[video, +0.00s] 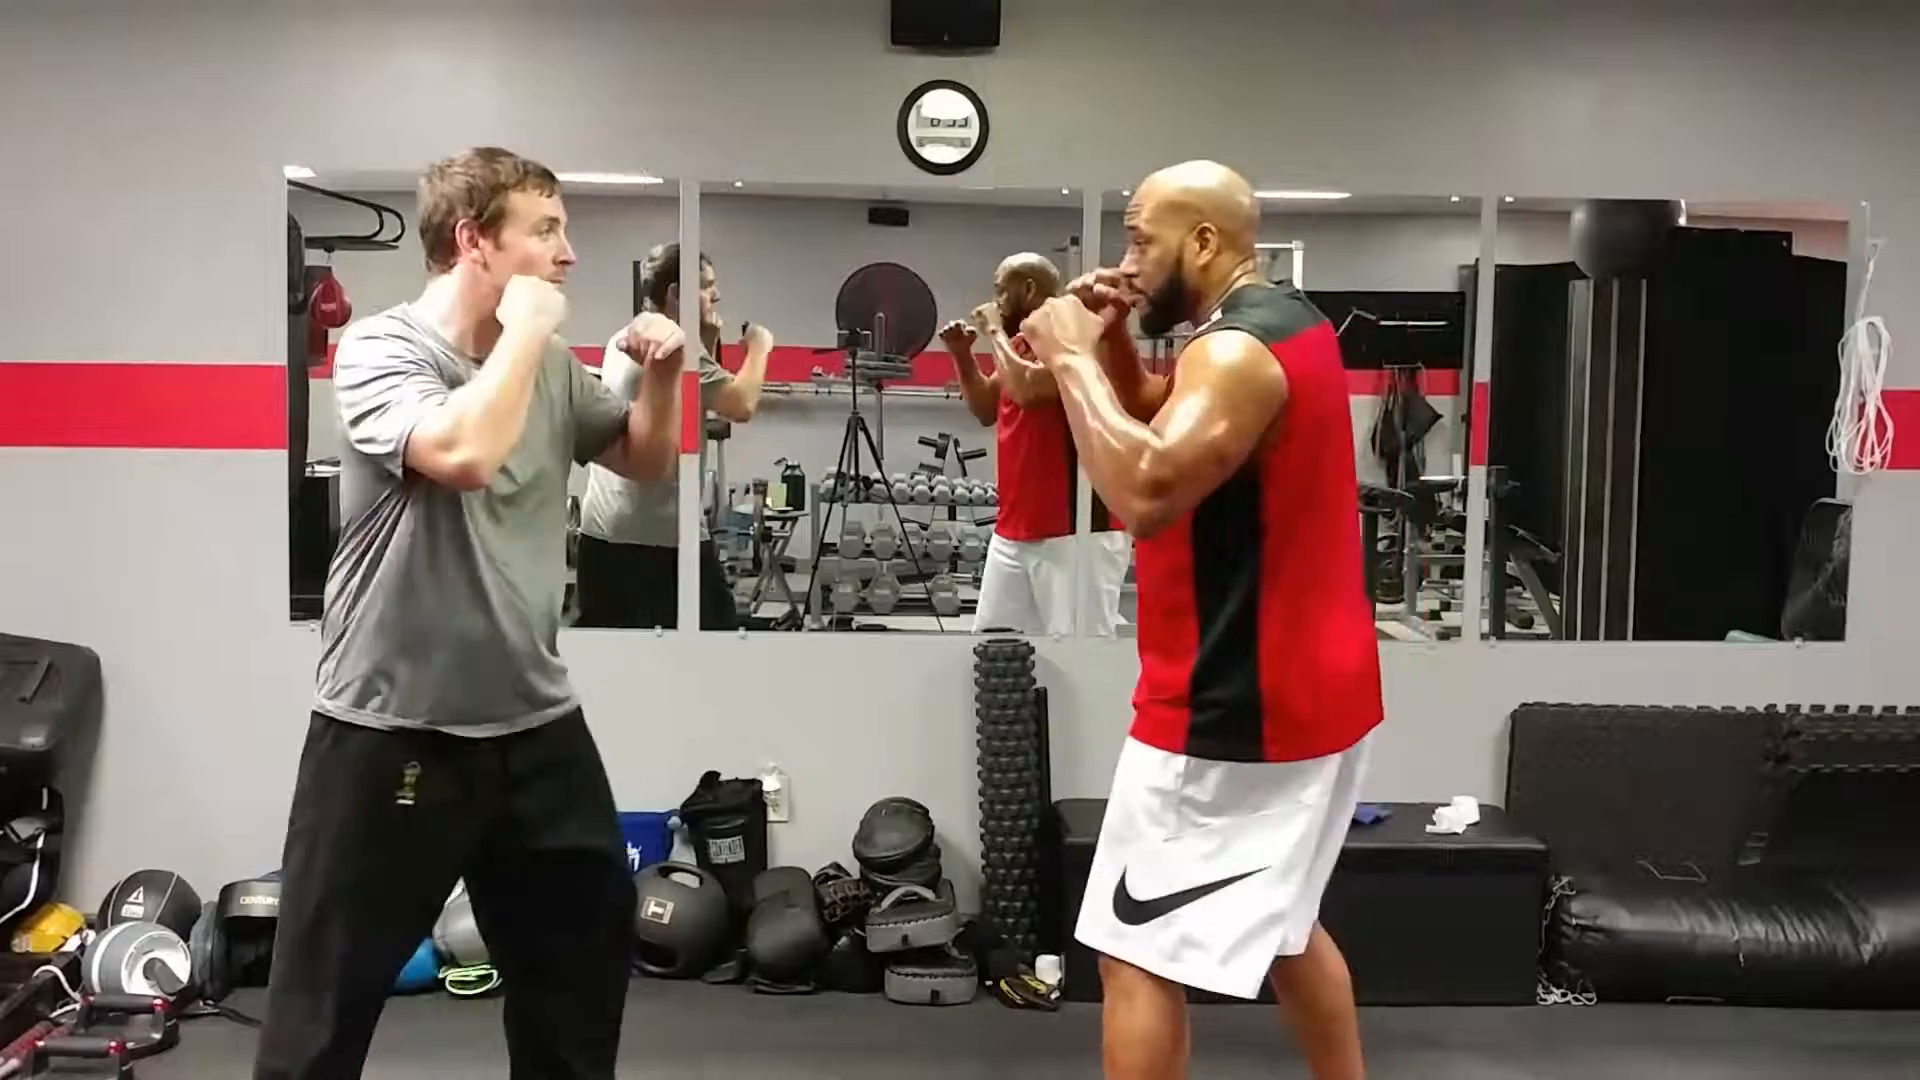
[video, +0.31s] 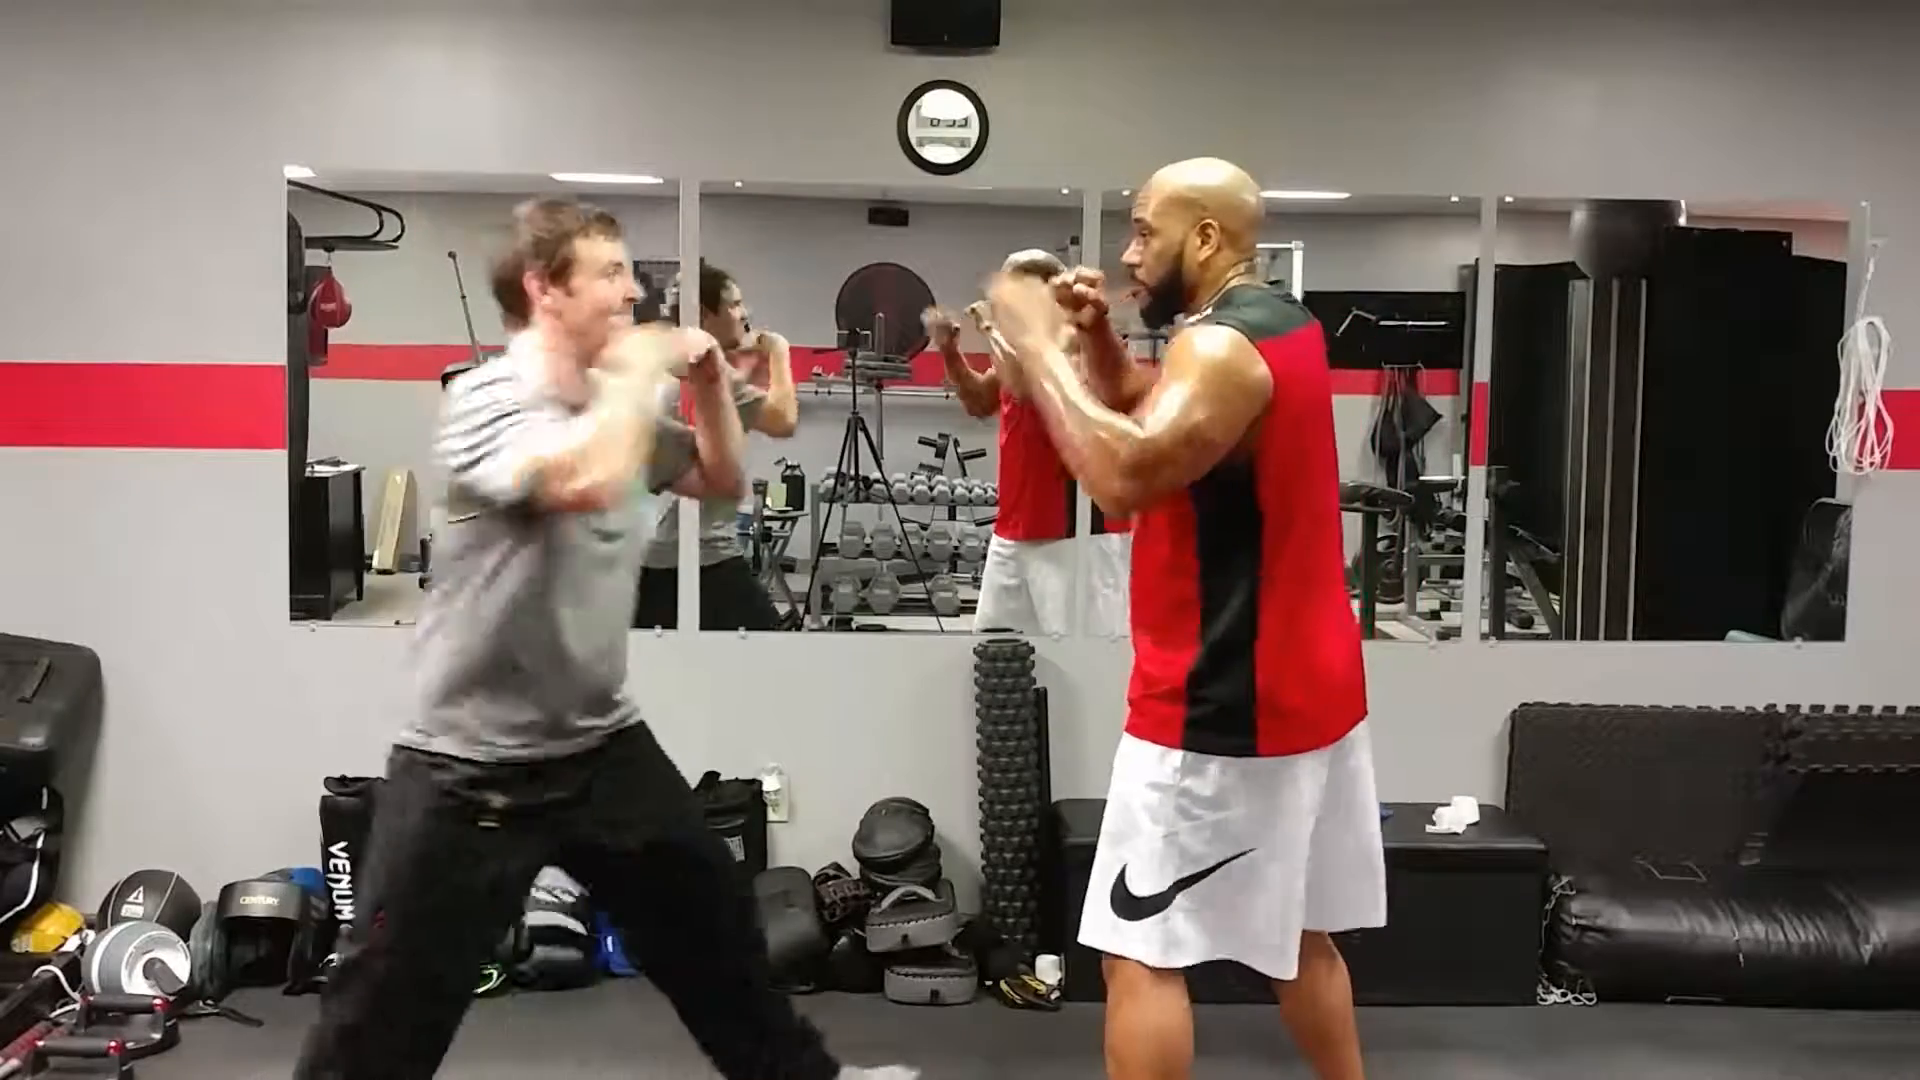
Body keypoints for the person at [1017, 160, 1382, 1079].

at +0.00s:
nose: (1127, 260)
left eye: (1141, 240)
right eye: (1128, 240)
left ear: (1205, 244)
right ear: (1220, 246)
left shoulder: (1236, 349)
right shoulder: (1287, 326)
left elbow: (1143, 493)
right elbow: (1155, 435)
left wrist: (1074, 360)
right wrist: (1106, 348)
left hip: (1221, 702)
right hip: (1313, 690)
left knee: (1135, 951)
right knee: (1285, 922)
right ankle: (1344, 1076)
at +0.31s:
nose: (1129, 252)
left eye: (1144, 234)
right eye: (1133, 232)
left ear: (1204, 239)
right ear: (1219, 240)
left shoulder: (1224, 343)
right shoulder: (1281, 326)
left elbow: (1121, 479)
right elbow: (1142, 427)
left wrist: (1032, 345)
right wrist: (1098, 339)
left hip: (1210, 702)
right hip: (1302, 690)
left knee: (1142, 955)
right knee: (1295, 935)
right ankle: (1345, 1076)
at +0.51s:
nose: (1129, 258)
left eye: (1140, 238)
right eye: (1130, 238)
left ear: (1193, 240)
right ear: (1218, 242)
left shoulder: (1204, 331)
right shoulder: (1260, 319)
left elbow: (1095, 488)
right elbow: (1066, 347)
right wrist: (937, 291)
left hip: (1221, 674)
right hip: (1319, 666)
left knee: (1109, 926)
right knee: (1305, 924)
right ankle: (1354, 1076)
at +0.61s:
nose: (1098, 278)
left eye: (1108, 260)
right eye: (1100, 261)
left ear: (1158, 265)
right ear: (1185, 268)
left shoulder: (1191, 361)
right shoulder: (1222, 344)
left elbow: (1164, 539)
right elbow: (1043, 415)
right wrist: (886, 397)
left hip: (1226, 691)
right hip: (1325, 683)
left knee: (1080, 930)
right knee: (1293, 934)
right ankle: (1341, 1075)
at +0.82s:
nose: (1022, 310)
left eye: (1034, 293)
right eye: (1026, 292)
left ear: (1083, 305)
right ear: (1115, 305)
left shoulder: (1107, 411)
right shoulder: (1174, 382)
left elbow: (1117, 578)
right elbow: (1025, 535)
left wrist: (980, 641)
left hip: (1173, 721)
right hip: (1273, 708)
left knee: (1022, 942)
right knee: (1248, 946)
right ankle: (1323, 1073)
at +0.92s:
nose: (1010, 297)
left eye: (1023, 283)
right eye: (1015, 281)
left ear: (1074, 298)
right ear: (1101, 300)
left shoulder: (1062, 409)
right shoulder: (1140, 371)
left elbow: (949, 556)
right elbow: (1020, 501)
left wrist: (847, 563)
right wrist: (888, 513)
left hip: (1151, 723)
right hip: (1242, 708)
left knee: (963, 935)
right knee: (1218, 937)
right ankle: (1322, 1075)